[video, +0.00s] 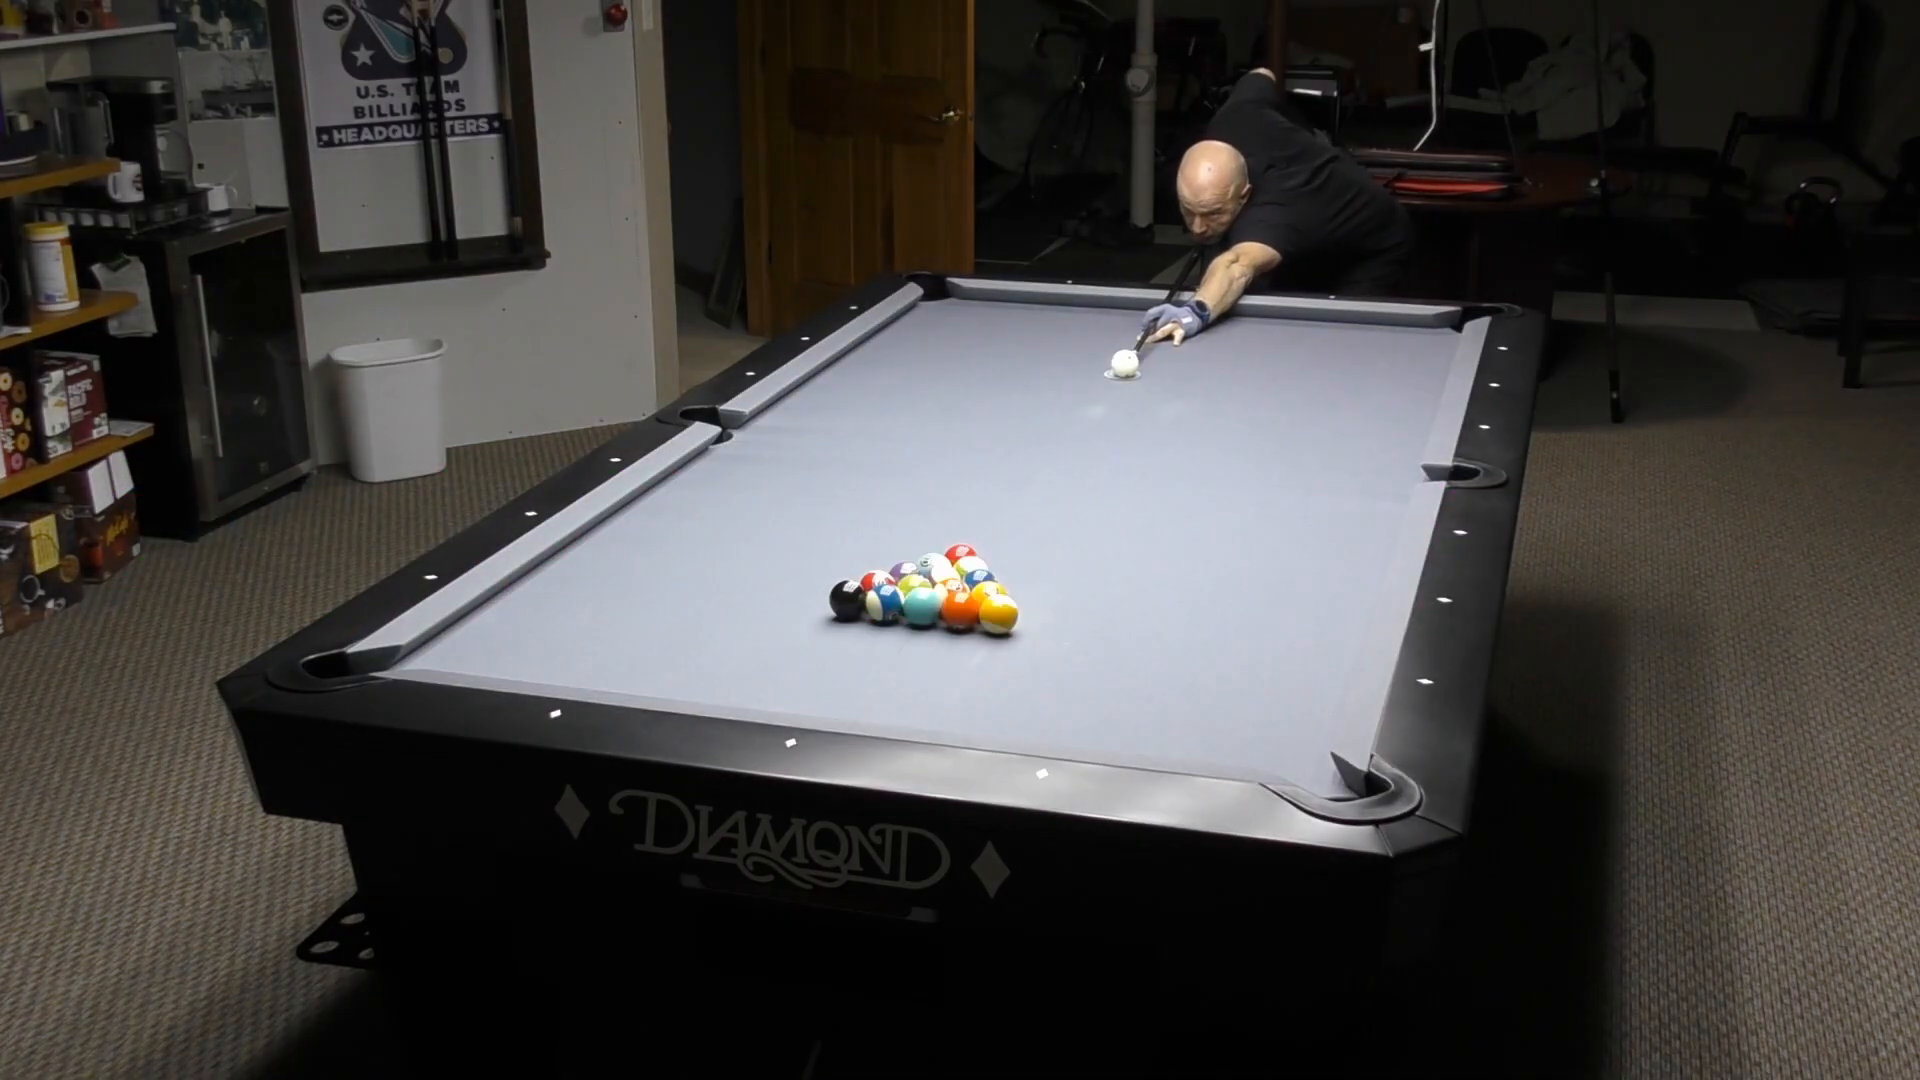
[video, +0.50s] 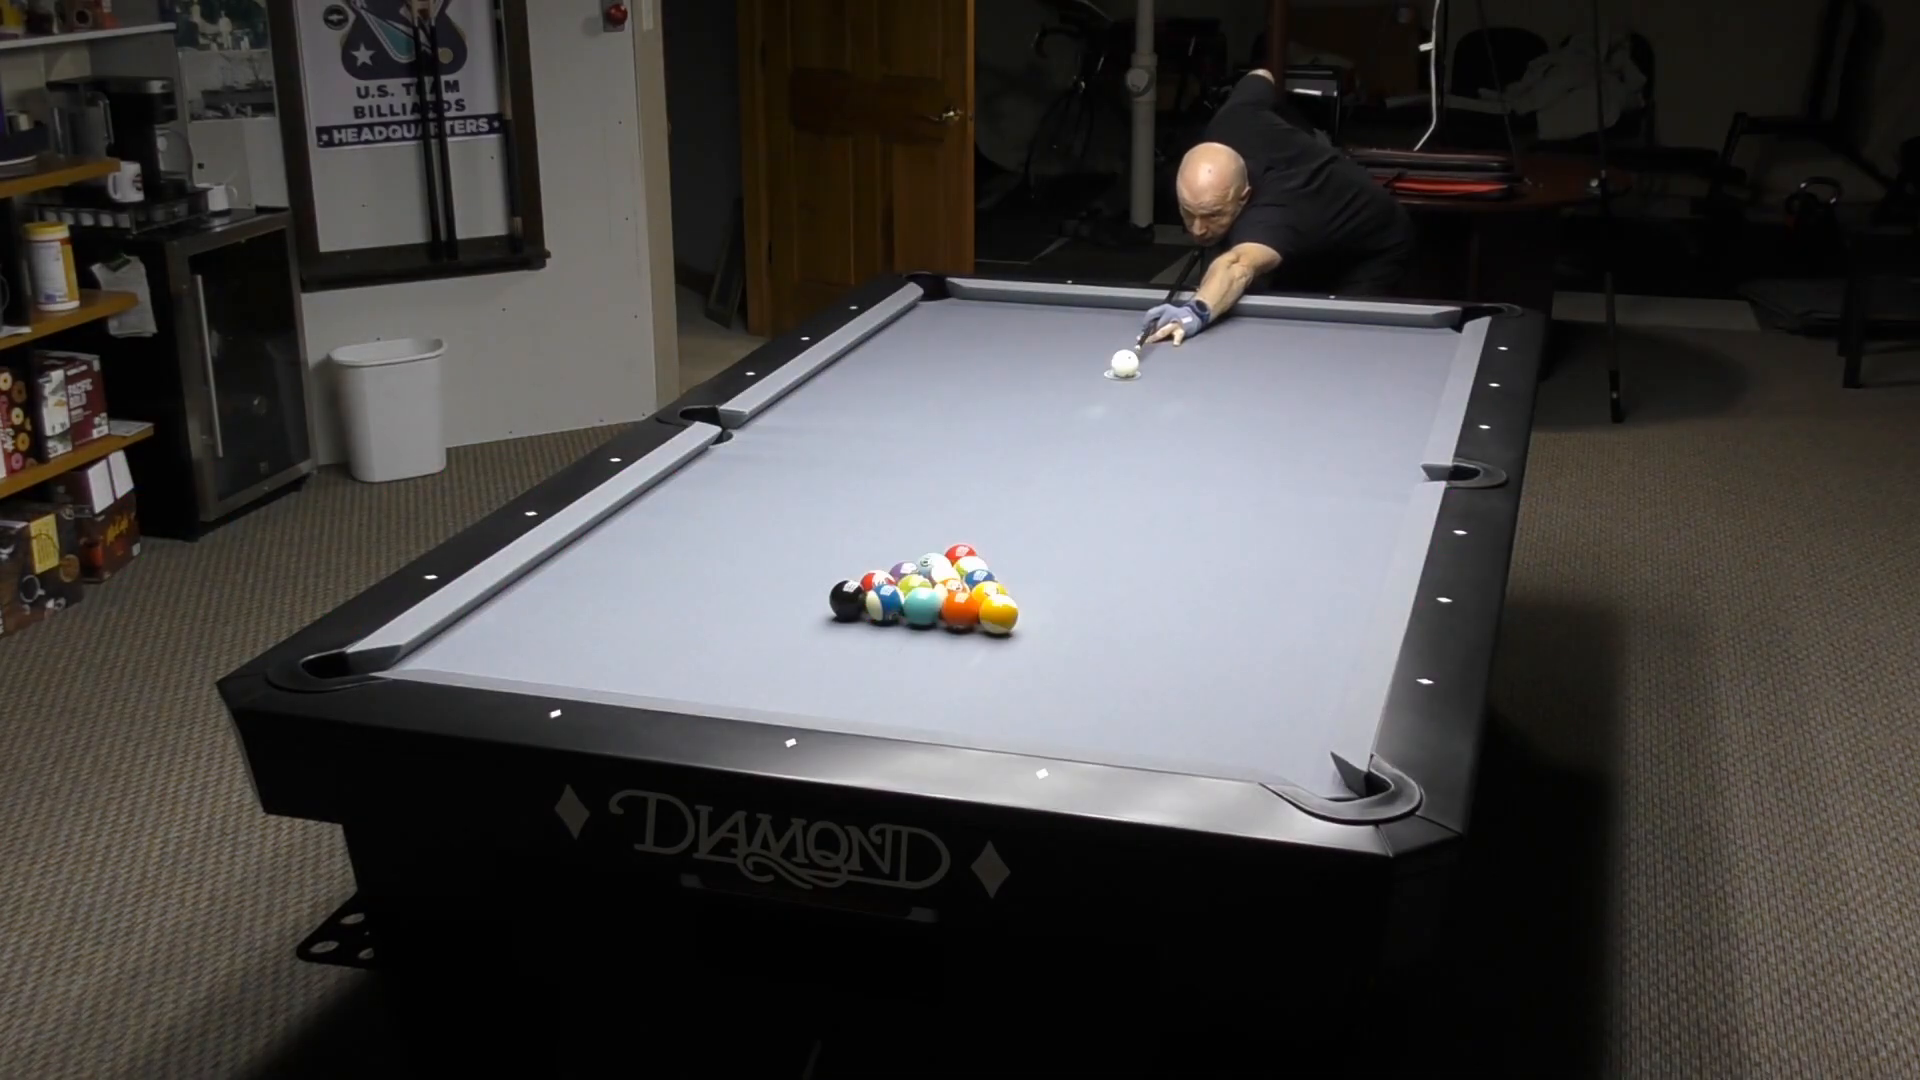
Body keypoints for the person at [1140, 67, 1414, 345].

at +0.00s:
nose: (1198, 229)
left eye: (1213, 216)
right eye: (1188, 213)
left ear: (1244, 193)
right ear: (1179, 184)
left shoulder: (1272, 216)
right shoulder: (1235, 119)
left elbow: (1237, 267)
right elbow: (1262, 73)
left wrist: (1195, 312)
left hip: (1379, 240)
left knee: (1339, 339)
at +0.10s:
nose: (1199, 229)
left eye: (1214, 215)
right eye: (1190, 213)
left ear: (1245, 193)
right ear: (1180, 185)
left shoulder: (1274, 215)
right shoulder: (1235, 119)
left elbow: (1238, 266)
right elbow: (1262, 77)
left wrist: (1195, 311)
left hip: (1380, 241)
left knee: (1341, 338)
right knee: (1281, 330)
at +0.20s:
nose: (1200, 228)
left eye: (1214, 215)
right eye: (1190, 213)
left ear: (1245, 194)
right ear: (1181, 184)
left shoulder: (1273, 217)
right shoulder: (1235, 119)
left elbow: (1238, 267)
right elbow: (1261, 76)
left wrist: (1195, 311)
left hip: (1380, 240)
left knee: (1341, 336)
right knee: (1282, 327)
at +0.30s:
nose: (1200, 229)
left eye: (1214, 216)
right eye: (1190, 213)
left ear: (1245, 194)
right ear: (1180, 185)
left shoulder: (1274, 216)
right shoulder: (1234, 120)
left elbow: (1238, 266)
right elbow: (1262, 76)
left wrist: (1195, 311)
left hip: (1380, 240)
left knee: (1340, 336)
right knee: (1280, 326)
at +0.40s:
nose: (1199, 229)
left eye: (1213, 216)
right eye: (1189, 214)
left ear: (1244, 194)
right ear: (1179, 185)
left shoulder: (1274, 216)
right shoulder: (1233, 121)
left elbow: (1237, 266)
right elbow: (1262, 76)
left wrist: (1195, 311)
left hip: (1380, 240)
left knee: (1339, 337)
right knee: (1280, 328)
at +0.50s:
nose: (1198, 230)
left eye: (1212, 218)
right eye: (1188, 215)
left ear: (1244, 195)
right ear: (1178, 187)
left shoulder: (1273, 216)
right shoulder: (1233, 121)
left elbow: (1237, 267)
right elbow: (1261, 74)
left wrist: (1195, 312)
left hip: (1379, 240)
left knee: (1339, 339)